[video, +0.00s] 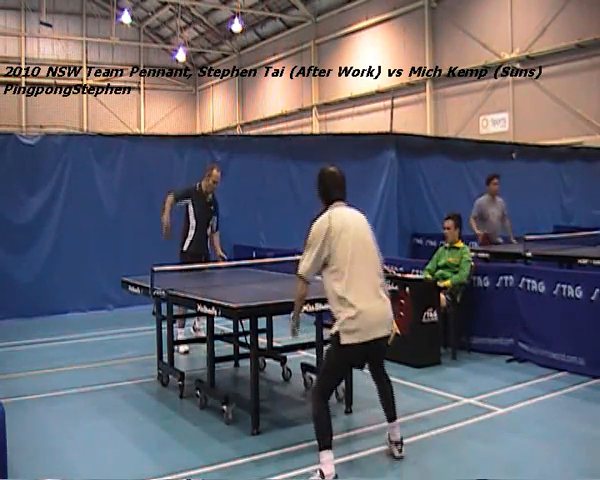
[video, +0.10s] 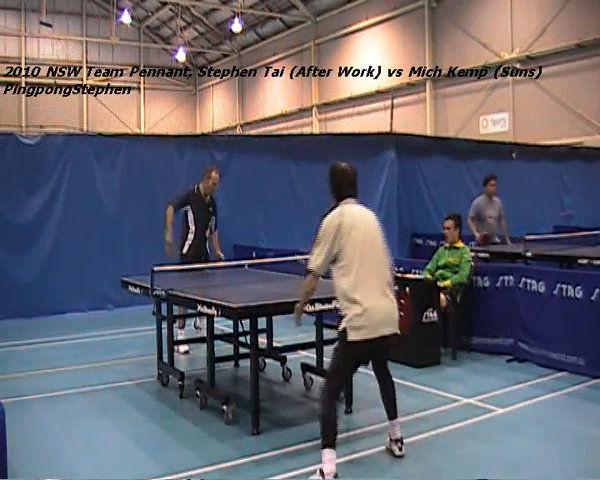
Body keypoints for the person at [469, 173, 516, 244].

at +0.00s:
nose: (497, 187)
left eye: (498, 184)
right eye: (494, 184)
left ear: (499, 186)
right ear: (488, 186)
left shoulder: (500, 202)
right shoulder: (480, 202)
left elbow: (505, 219)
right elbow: (472, 219)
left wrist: (511, 237)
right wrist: (478, 232)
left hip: (497, 237)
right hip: (484, 238)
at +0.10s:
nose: (493, 188)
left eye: (494, 185)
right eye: (491, 185)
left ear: (496, 187)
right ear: (485, 187)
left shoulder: (497, 202)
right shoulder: (477, 202)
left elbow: (501, 220)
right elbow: (469, 220)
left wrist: (506, 237)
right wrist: (476, 234)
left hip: (494, 238)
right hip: (481, 238)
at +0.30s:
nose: (489, 189)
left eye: (490, 187)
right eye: (487, 186)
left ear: (491, 187)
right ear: (481, 187)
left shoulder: (490, 198)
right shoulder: (472, 199)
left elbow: (490, 214)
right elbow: (468, 217)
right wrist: (477, 229)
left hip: (490, 234)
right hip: (478, 237)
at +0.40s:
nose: (487, 187)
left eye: (488, 185)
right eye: (484, 184)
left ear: (489, 185)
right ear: (478, 185)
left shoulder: (486, 196)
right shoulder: (470, 198)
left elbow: (487, 211)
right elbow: (466, 216)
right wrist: (474, 224)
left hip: (487, 233)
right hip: (476, 235)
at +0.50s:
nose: (485, 187)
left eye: (486, 185)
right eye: (482, 184)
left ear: (486, 186)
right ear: (476, 185)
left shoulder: (484, 197)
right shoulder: (468, 200)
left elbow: (484, 213)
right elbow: (462, 217)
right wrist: (471, 226)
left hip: (485, 233)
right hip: (474, 236)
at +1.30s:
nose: (467, 187)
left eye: (468, 185)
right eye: (465, 184)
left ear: (469, 186)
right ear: (459, 187)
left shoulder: (469, 200)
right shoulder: (451, 202)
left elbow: (470, 217)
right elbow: (445, 218)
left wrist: (472, 233)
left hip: (467, 236)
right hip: (455, 237)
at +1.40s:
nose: (467, 189)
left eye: (468, 187)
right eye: (465, 187)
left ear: (469, 189)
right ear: (459, 189)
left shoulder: (469, 201)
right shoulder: (451, 204)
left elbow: (470, 217)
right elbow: (445, 220)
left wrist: (474, 232)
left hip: (466, 235)